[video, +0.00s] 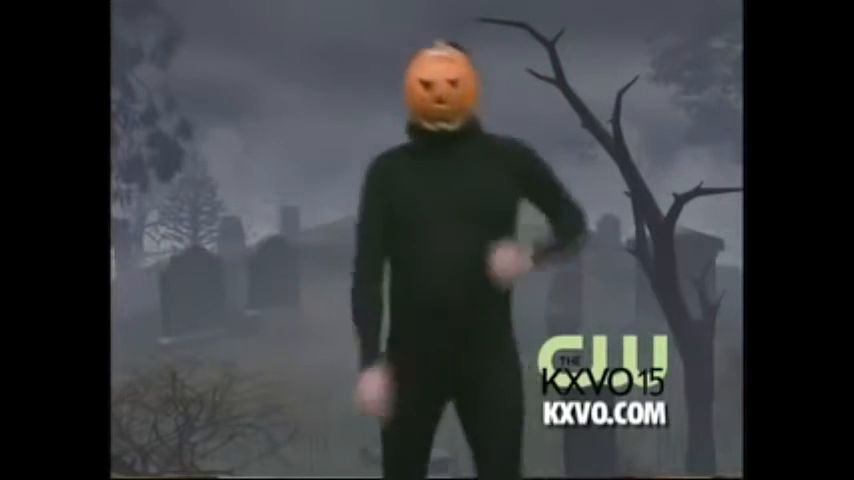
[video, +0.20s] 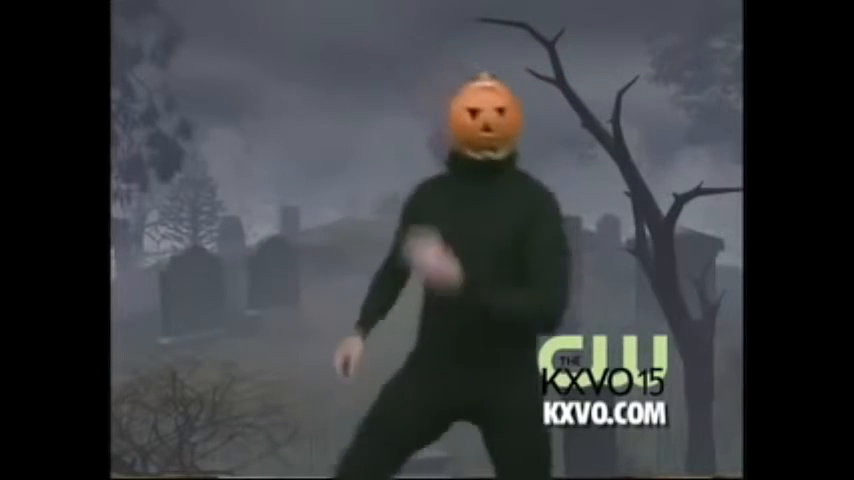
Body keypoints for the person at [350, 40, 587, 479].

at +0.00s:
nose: (440, 93)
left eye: (453, 82)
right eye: (426, 83)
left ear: (473, 92)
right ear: (408, 94)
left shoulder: (508, 159)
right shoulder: (388, 171)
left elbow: (573, 229)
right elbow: (367, 271)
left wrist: (531, 256)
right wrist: (370, 360)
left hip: (487, 354)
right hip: (413, 355)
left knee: (501, 471)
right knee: (401, 472)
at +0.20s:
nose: (487, 120)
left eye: (500, 110)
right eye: (473, 111)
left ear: (516, 125)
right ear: (452, 125)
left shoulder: (535, 203)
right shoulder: (430, 197)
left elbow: (547, 310)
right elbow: (397, 265)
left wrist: (462, 283)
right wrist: (360, 331)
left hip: (508, 379)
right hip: (434, 371)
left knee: (527, 471)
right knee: (359, 468)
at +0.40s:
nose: (488, 69)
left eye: (502, 60)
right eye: (475, 59)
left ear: (520, 78)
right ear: (455, 76)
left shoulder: (535, 153)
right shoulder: (435, 144)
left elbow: (513, 253)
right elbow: (419, 217)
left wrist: (436, 203)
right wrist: (388, 267)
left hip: (502, 336)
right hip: (431, 329)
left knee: (514, 471)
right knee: (354, 452)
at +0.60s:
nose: (474, 98)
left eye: (487, 90)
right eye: (461, 89)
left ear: (502, 103)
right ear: (442, 103)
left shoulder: (523, 172)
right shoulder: (412, 174)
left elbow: (530, 255)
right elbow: (386, 253)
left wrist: (493, 310)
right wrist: (355, 276)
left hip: (495, 357)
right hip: (420, 353)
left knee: (509, 470)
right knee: (398, 468)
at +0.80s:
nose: (444, 111)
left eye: (456, 103)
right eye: (430, 102)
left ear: (473, 119)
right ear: (411, 119)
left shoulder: (498, 189)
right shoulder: (388, 189)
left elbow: (527, 286)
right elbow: (366, 286)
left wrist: (526, 260)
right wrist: (362, 201)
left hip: (485, 371)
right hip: (410, 371)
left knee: (512, 471)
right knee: (380, 473)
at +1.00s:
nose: (419, 84)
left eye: (430, 75)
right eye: (406, 75)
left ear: (448, 88)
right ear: (387, 90)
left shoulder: (472, 151)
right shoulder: (367, 158)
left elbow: (514, 223)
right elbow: (384, 228)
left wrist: (502, 190)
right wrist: (461, 203)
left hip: (459, 340)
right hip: (390, 344)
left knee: (478, 467)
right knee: (384, 469)